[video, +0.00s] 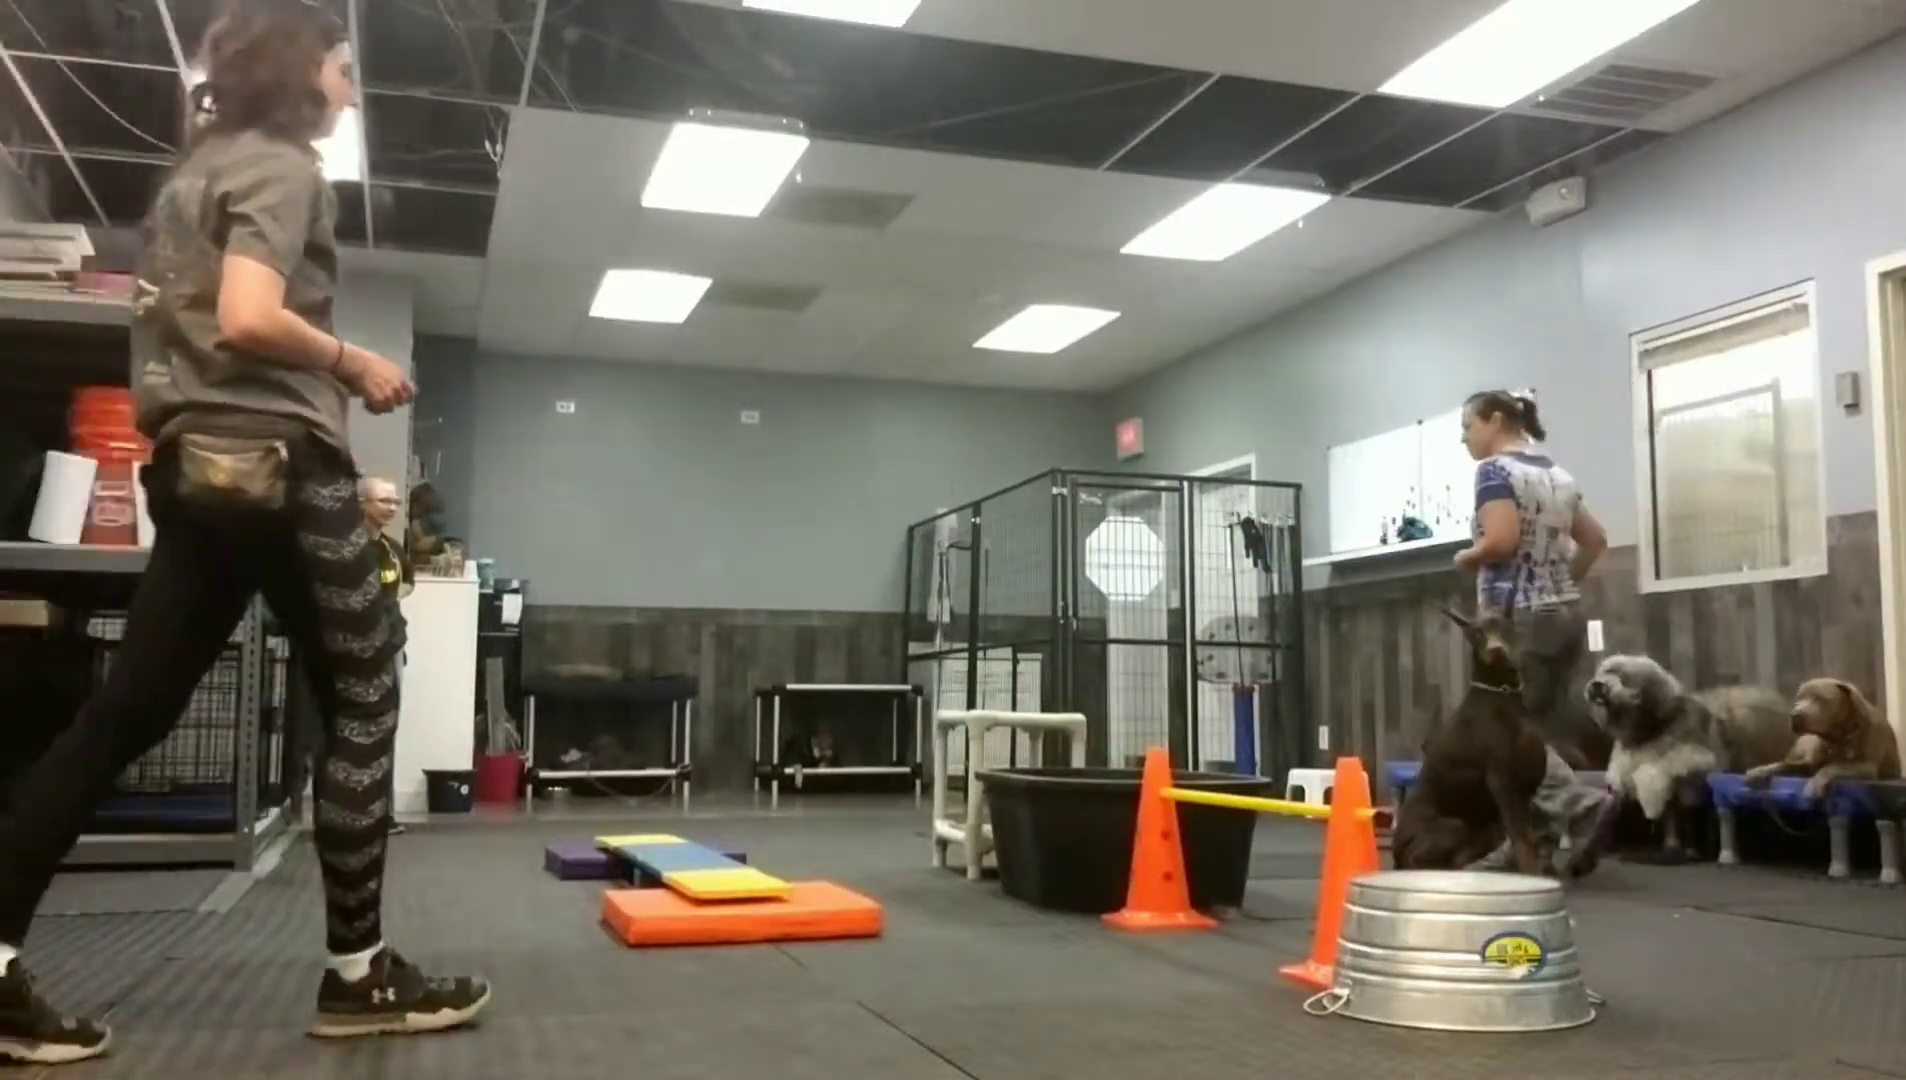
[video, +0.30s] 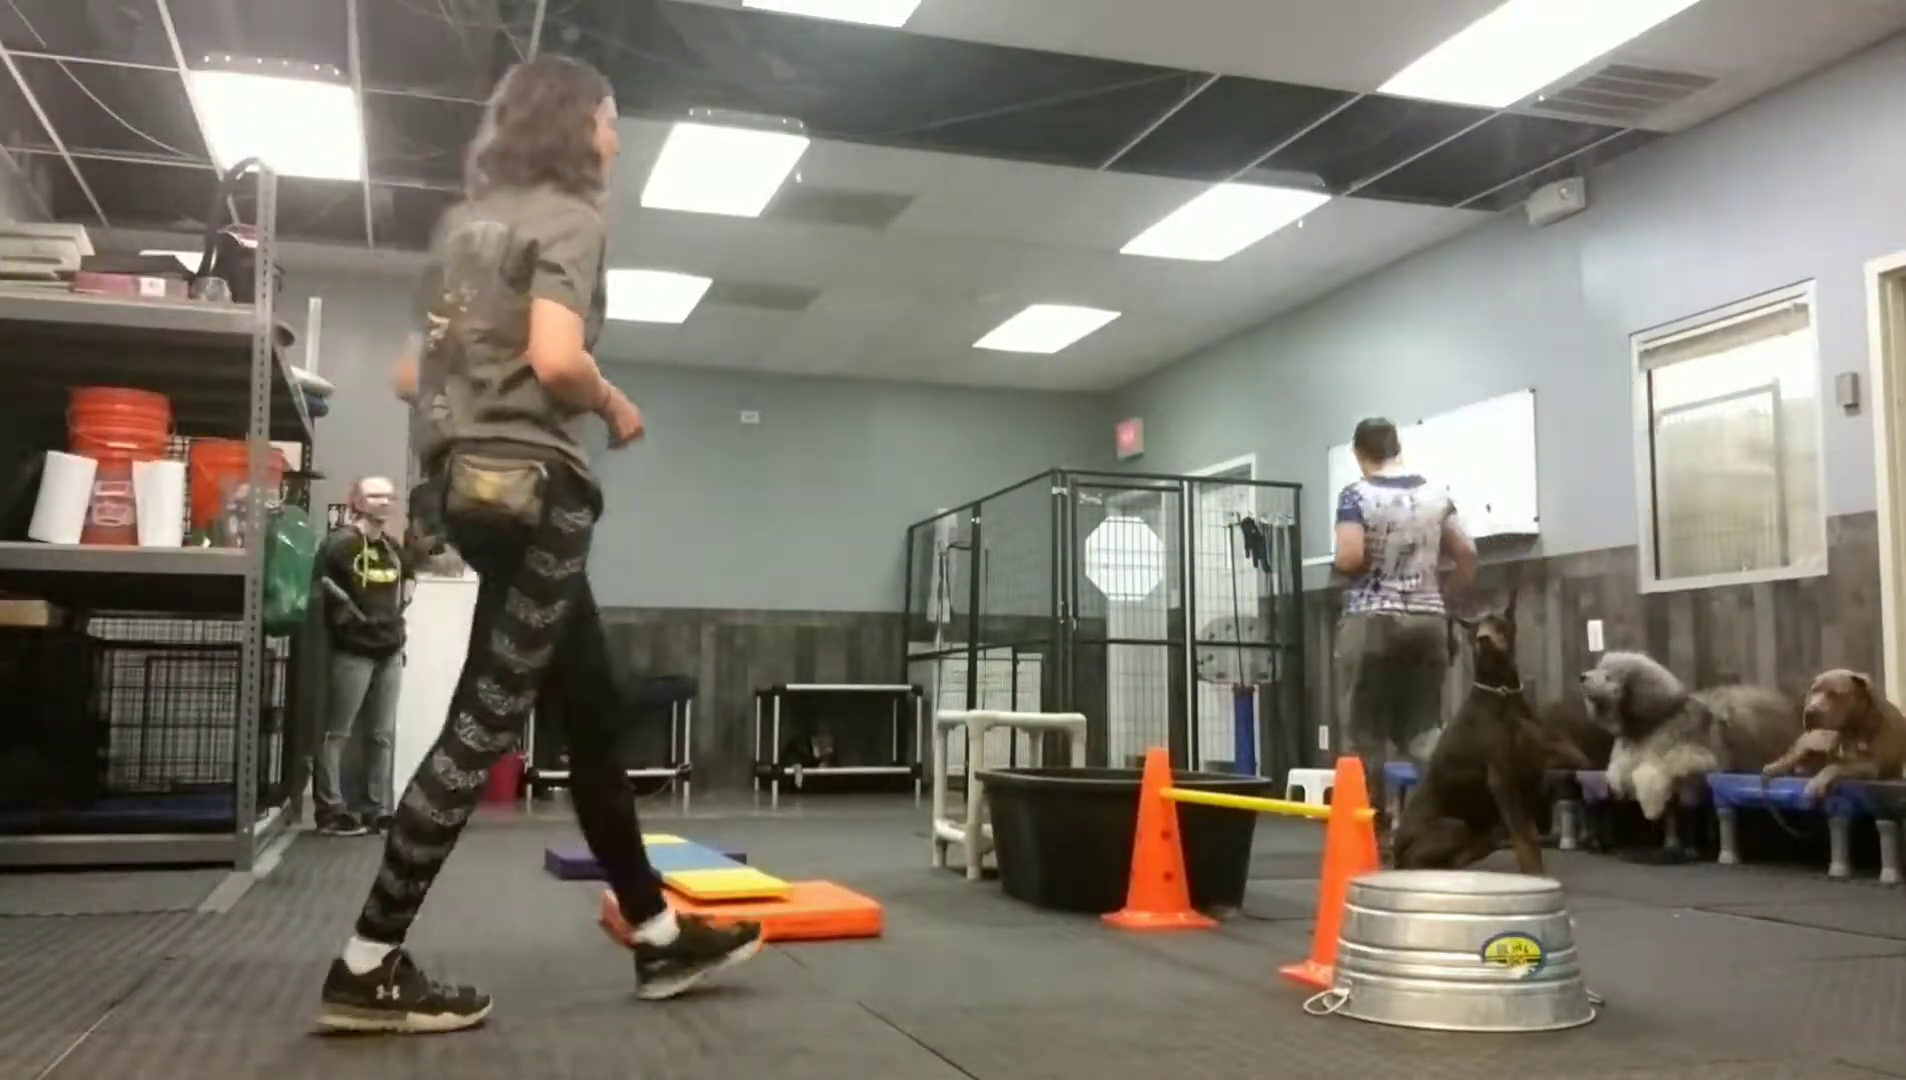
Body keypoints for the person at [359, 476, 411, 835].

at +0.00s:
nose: (392, 507)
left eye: (395, 502)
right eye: (385, 501)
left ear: (396, 506)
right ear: (365, 504)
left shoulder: (390, 546)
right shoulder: (356, 547)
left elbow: (394, 595)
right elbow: (357, 602)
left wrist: (395, 637)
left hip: (389, 647)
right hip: (364, 651)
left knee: (386, 731)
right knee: (368, 731)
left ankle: (384, 811)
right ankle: (369, 814)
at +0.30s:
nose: (385, 503)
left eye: (388, 497)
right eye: (376, 496)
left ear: (393, 503)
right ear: (356, 503)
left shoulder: (392, 548)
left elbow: (403, 595)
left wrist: (390, 622)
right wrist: (373, 627)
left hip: (389, 652)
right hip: (352, 651)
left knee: (382, 735)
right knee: (338, 733)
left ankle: (376, 808)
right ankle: (330, 809)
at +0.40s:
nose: (382, 505)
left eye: (385, 500)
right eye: (374, 499)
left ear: (388, 505)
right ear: (356, 503)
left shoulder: (386, 549)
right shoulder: (340, 541)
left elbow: (413, 582)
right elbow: (322, 580)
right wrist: (345, 604)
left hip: (389, 649)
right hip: (354, 648)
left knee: (382, 734)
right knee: (339, 733)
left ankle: (377, 809)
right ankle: (330, 810)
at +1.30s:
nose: (378, 512)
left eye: (384, 506)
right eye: (371, 505)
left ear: (389, 509)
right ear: (352, 507)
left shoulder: (388, 550)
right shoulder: (337, 543)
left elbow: (425, 563)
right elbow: (317, 579)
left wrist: (407, 538)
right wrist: (340, 600)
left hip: (390, 649)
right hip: (354, 648)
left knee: (383, 734)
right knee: (340, 734)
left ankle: (377, 810)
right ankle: (330, 810)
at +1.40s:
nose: (377, 505)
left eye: (382, 500)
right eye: (369, 499)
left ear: (389, 506)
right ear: (353, 504)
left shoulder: (387, 550)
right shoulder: (337, 545)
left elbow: (391, 597)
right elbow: (320, 591)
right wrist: (348, 618)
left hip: (390, 649)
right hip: (353, 649)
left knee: (382, 735)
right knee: (338, 734)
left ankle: (377, 811)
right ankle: (329, 810)